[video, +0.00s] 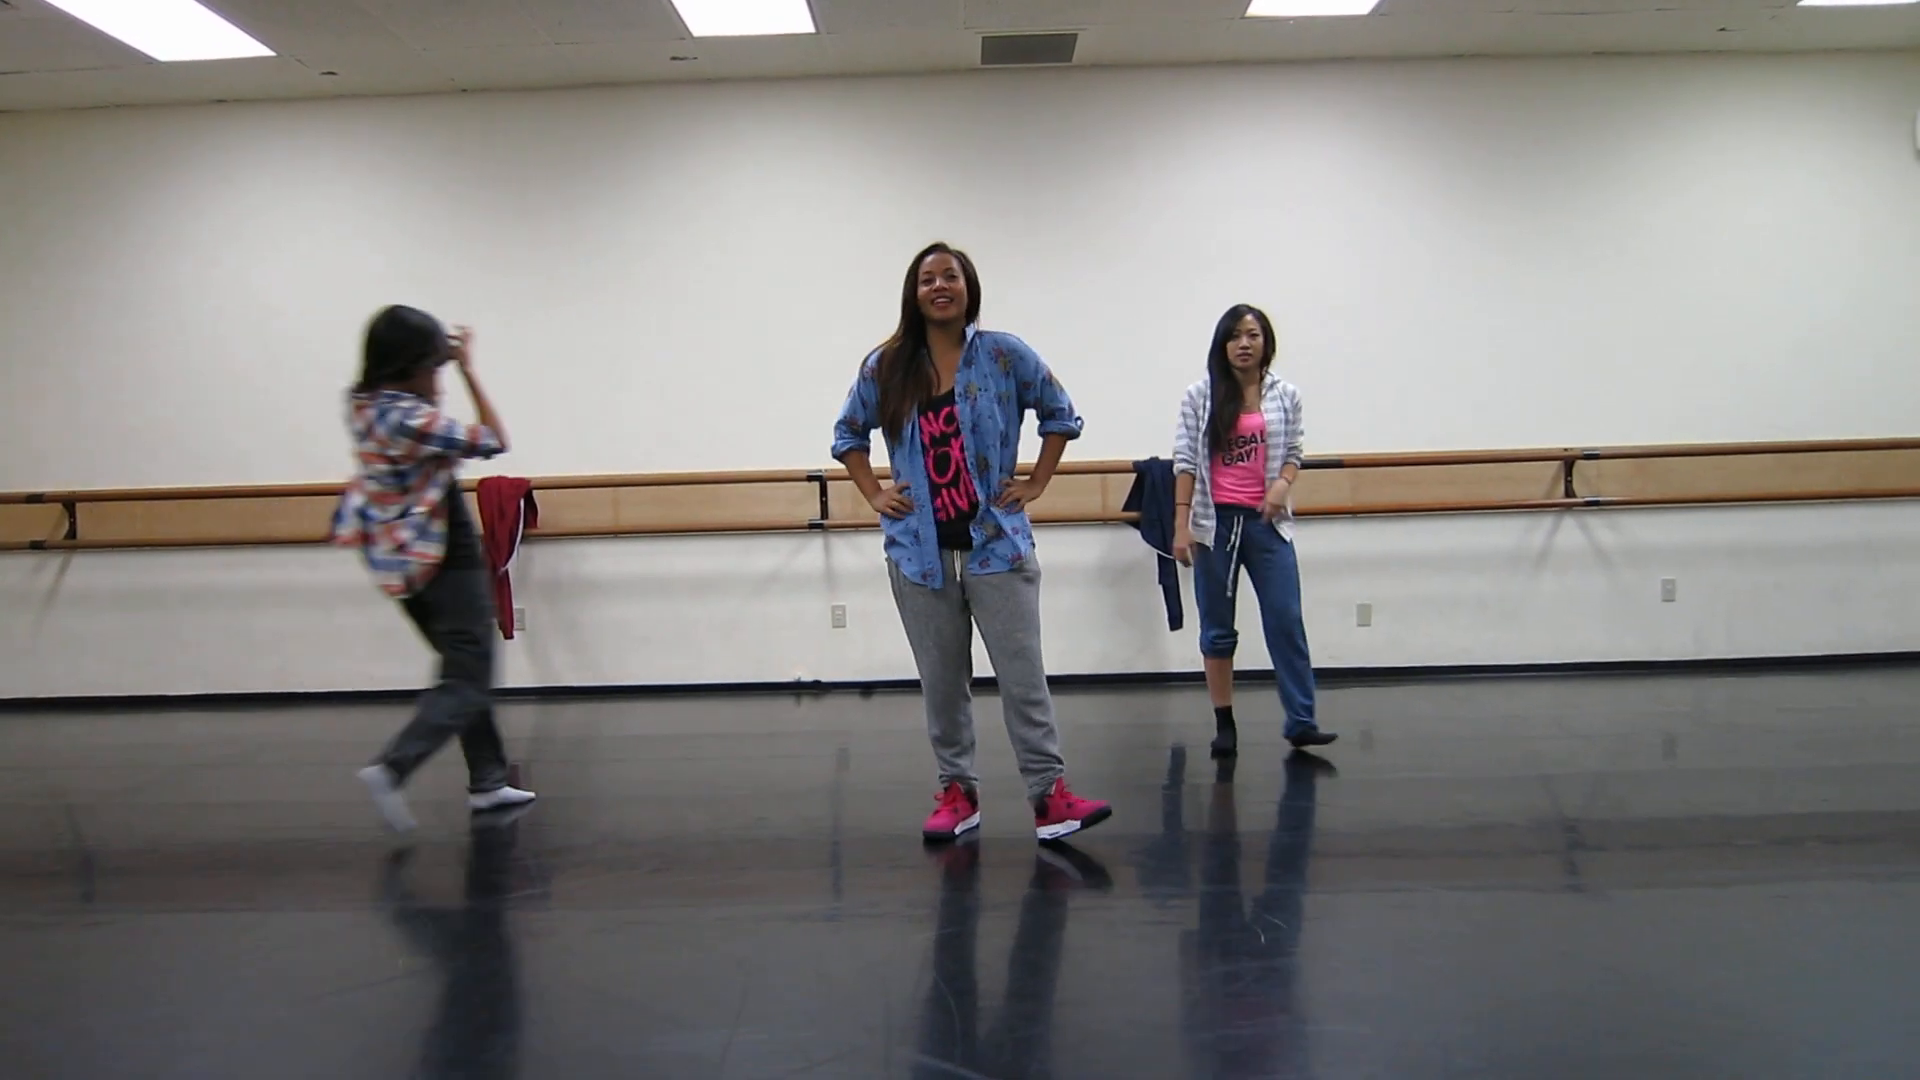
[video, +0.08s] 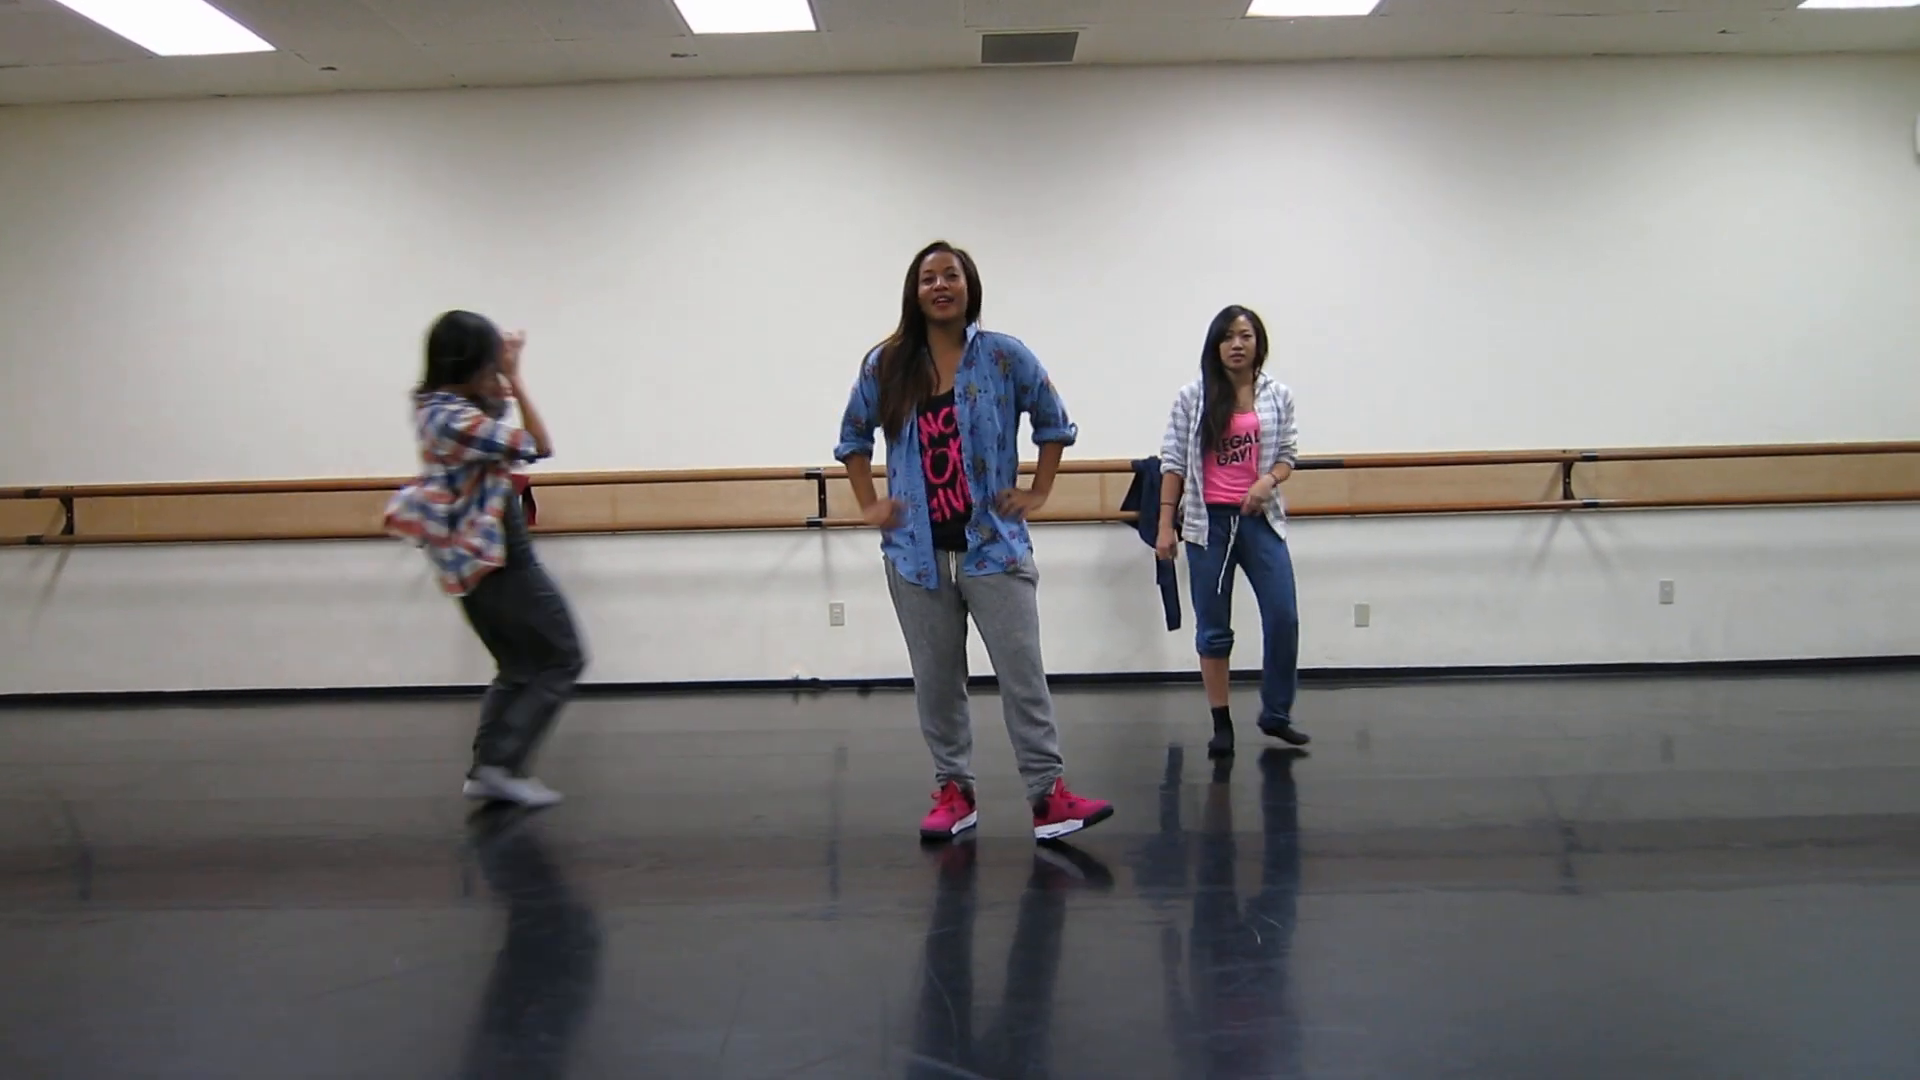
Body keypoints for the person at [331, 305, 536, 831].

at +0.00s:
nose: (439, 377)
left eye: (438, 368)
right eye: (434, 368)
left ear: (383, 365)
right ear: (410, 368)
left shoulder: (363, 408)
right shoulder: (407, 418)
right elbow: (494, 440)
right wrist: (468, 367)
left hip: (406, 566)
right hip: (446, 563)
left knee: (463, 669)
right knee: (470, 675)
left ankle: (489, 782)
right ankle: (389, 771)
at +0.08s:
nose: (498, 375)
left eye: (499, 366)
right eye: (491, 367)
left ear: (445, 365)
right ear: (468, 368)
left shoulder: (440, 410)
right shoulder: (452, 418)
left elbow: (494, 414)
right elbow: (539, 447)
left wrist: (503, 370)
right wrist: (517, 379)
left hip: (474, 568)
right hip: (503, 563)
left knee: (518, 667)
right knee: (562, 659)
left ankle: (487, 771)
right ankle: (501, 768)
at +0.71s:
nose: (735, 362)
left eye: (734, 354)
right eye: (726, 358)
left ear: (738, 360)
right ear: (707, 371)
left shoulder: (743, 415)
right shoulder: (700, 424)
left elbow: (783, 443)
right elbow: (693, 492)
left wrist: (766, 405)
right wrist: (751, 510)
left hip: (754, 539)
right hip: (729, 542)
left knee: (767, 625)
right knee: (779, 628)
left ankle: (727, 699)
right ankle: (781, 723)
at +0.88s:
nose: (766, 355)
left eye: (772, 347)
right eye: (757, 350)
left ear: (785, 356)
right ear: (743, 362)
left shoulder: (793, 409)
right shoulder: (733, 416)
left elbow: (835, 447)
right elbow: (734, 486)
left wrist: (821, 412)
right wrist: (776, 526)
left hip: (794, 531)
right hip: (757, 536)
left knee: (818, 613)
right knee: (791, 621)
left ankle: (800, 700)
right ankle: (795, 718)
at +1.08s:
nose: (812, 356)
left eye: (821, 350)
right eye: (805, 349)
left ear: (835, 359)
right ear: (793, 356)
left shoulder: (852, 407)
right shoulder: (775, 407)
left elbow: (883, 458)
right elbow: (763, 473)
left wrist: (866, 429)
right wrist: (782, 528)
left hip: (840, 535)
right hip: (794, 535)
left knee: (846, 624)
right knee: (806, 625)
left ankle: (849, 708)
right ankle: (813, 716)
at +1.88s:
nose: (843, 368)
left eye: (853, 364)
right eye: (838, 360)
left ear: (865, 373)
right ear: (826, 366)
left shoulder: (880, 419)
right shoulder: (804, 416)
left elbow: (901, 477)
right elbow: (791, 473)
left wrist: (910, 529)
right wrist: (789, 525)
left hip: (866, 540)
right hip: (815, 541)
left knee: (869, 625)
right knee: (824, 628)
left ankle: (871, 711)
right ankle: (833, 704)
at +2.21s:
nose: (835, 372)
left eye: (845, 368)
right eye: (830, 365)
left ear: (857, 377)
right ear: (819, 371)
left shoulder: (873, 422)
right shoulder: (797, 418)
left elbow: (885, 484)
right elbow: (781, 477)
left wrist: (889, 538)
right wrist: (776, 528)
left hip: (858, 540)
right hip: (809, 542)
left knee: (865, 618)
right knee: (820, 629)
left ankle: (883, 700)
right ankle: (831, 708)